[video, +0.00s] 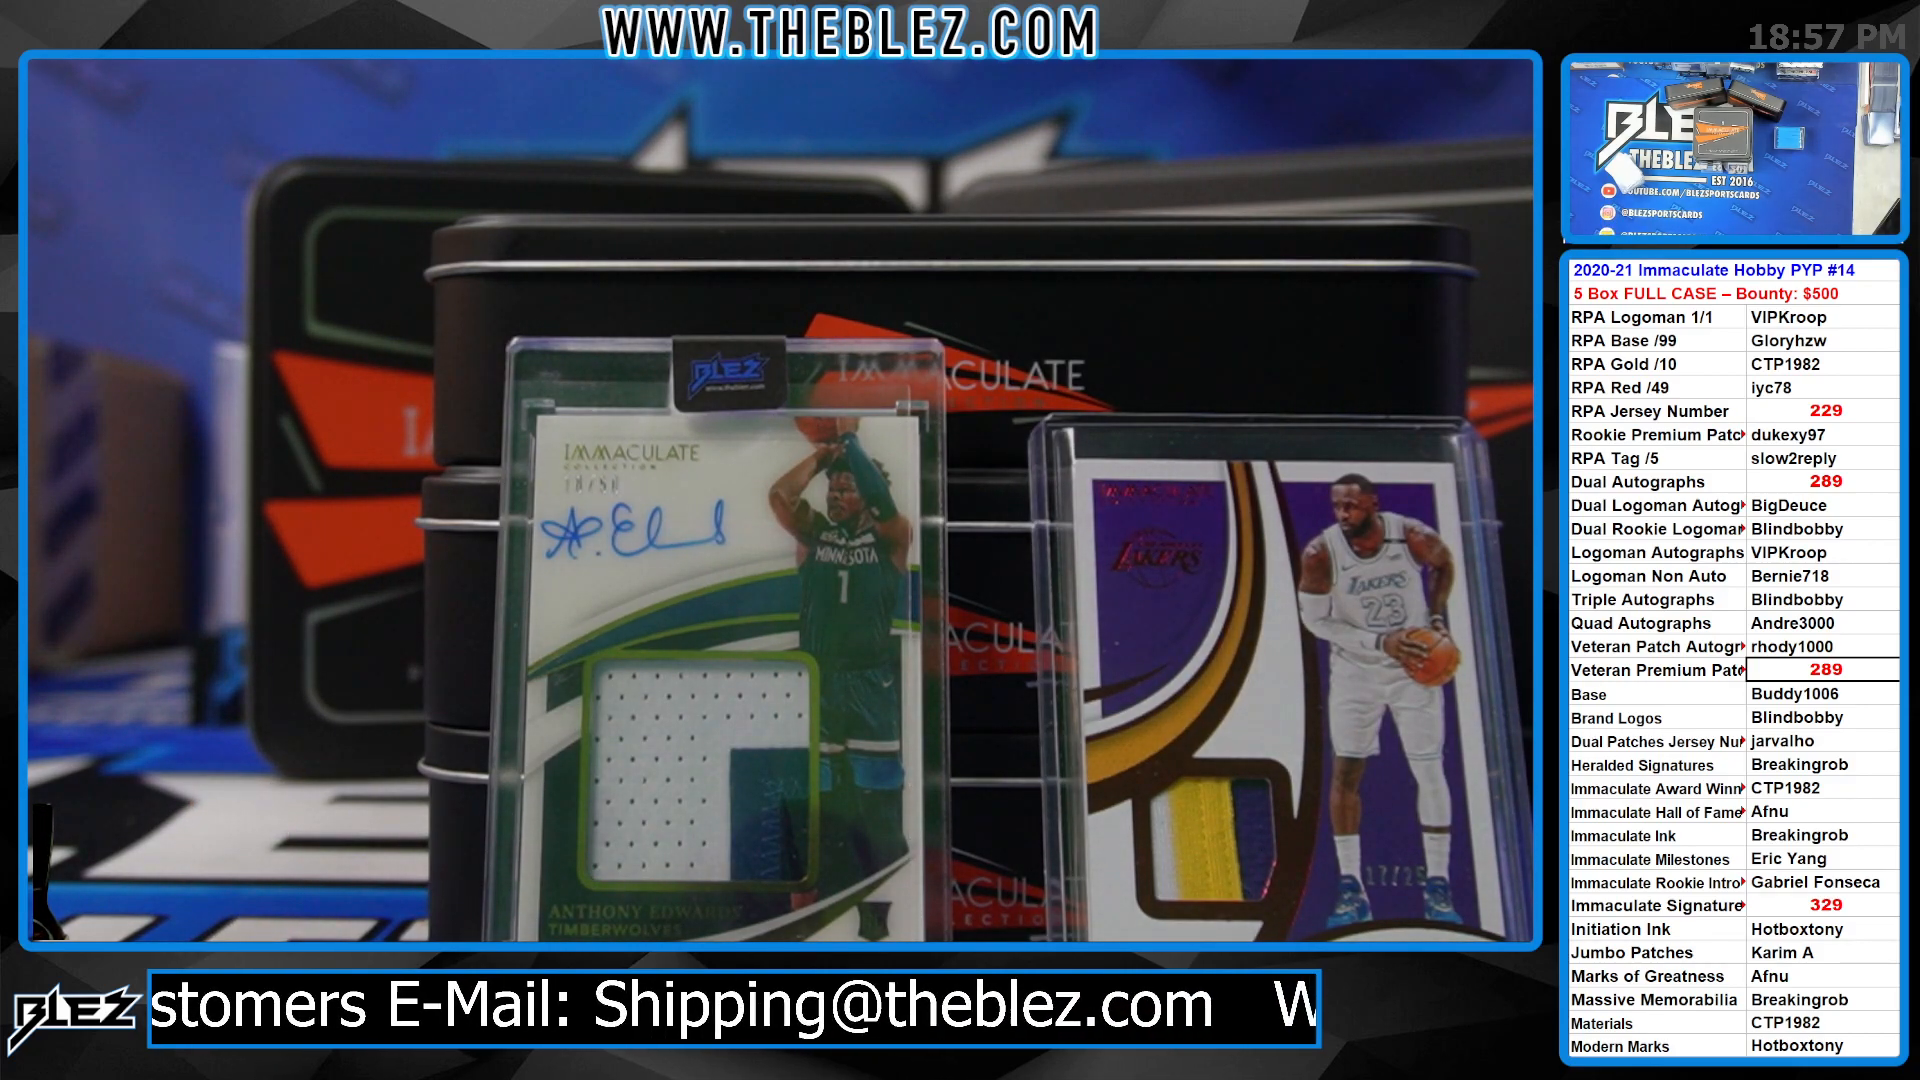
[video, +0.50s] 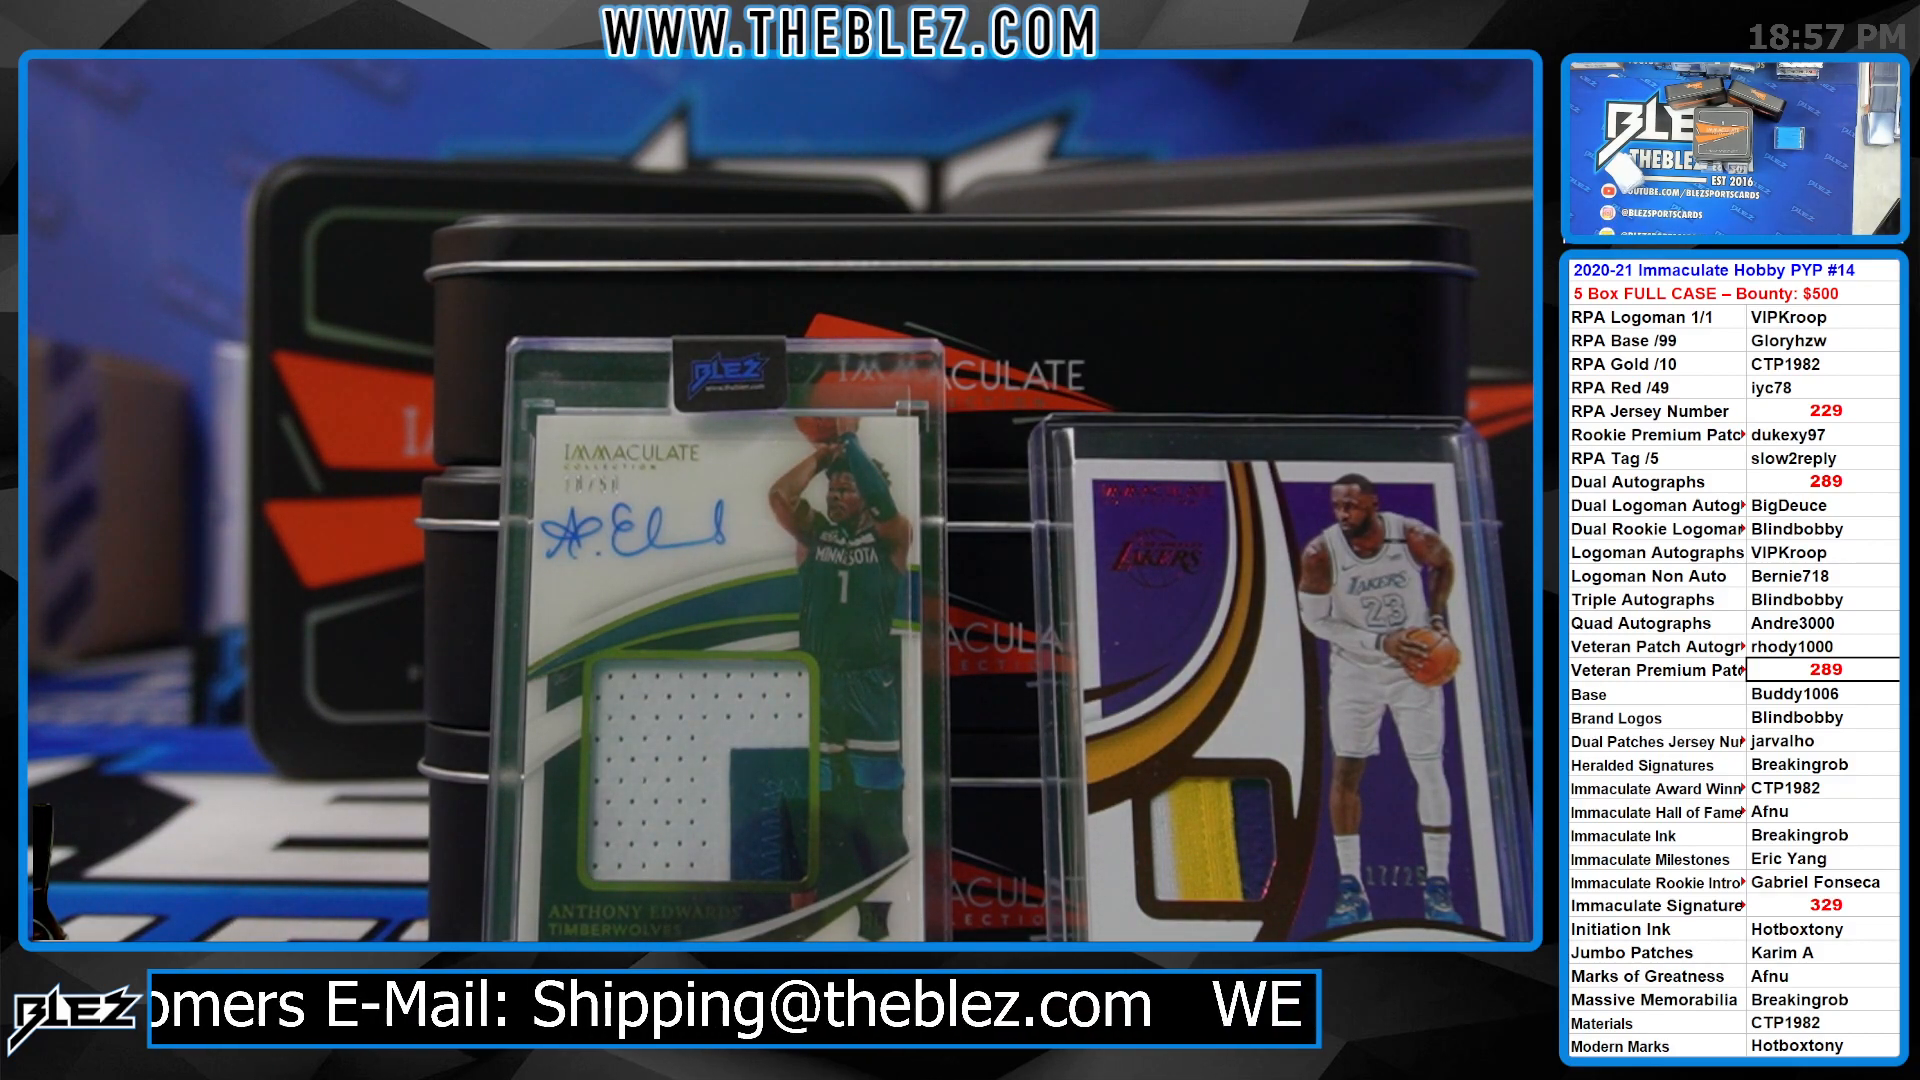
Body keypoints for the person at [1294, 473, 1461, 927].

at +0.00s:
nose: (1342, 514)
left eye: (1351, 505)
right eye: (1337, 506)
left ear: (1373, 505)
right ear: (1332, 509)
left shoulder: (1413, 536)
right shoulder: (1319, 555)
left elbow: (1444, 564)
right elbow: (1315, 620)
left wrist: (1436, 617)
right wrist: (1379, 642)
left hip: (1414, 673)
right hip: (1354, 674)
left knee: (1430, 772)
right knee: (1348, 773)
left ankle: (1438, 884)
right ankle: (1350, 888)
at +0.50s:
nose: (1343, 514)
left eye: (1351, 505)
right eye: (1337, 506)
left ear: (1373, 505)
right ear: (1332, 509)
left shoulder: (1413, 536)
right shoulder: (1319, 555)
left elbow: (1445, 565)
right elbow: (1315, 621)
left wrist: (1436, 617)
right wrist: (1379, 642)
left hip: (1414, 673)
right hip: (1354, 674)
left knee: (1430, 772)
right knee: (1347, 773)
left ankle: (1438, 885)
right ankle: (1351, 889)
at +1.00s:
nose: (1343, 514)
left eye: (1351, 505)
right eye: (1337, 506)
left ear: (1373, 505)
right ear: (1332, 509)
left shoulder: (1413, 536)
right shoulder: (1319, 555)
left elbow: (1444, 565)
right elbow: (1315, 621)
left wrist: (1436, 617)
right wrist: (1379, 642)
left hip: (1414, 673)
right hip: (1354, 674)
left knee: (1430, 771)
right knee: (1347, 773)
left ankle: (1438, 885)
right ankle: (1350, 889)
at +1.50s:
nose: (1343, 514)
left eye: (1351, 505)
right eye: (1337, 506)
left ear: (1373, 504)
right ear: (1332, 509)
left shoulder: (1413, 536)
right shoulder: (1319, 554)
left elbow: (1444, 565)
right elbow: (1315, 621)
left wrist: (1436, 617)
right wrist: (1379, 642)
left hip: (1414, 673)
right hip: (1354, 674)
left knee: (1430, 771)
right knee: (1348, 773)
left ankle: (1438, 884)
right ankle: (1350, 888)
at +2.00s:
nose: (1342, 514)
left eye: (1351, 505)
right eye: (1337, 506)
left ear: (1373, 505)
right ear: (1332, 509)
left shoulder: (1413, 536)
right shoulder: (1319, 555)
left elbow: (1444, 565)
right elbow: (1315, 621)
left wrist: (1436, 618)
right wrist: (1379, 641)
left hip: (1414, 673)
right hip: (1354, 674)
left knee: (1430, 771)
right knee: (1348, 773)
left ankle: (1438, 884)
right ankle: (1350, 888)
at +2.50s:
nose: (1345, 514)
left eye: (1353, 505)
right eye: (1338, 507)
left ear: (1373, 503)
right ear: (1331, 510)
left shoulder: (1407, 532)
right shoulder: (1322, 551)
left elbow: (1443, 563)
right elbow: (1314, 622)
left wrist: (1434, 620)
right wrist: (1364, 646)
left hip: (1415, 674)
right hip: (1353, 677)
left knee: (1429, 772)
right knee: (1348, 772)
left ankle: (1437, 884)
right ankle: (1350, 887)